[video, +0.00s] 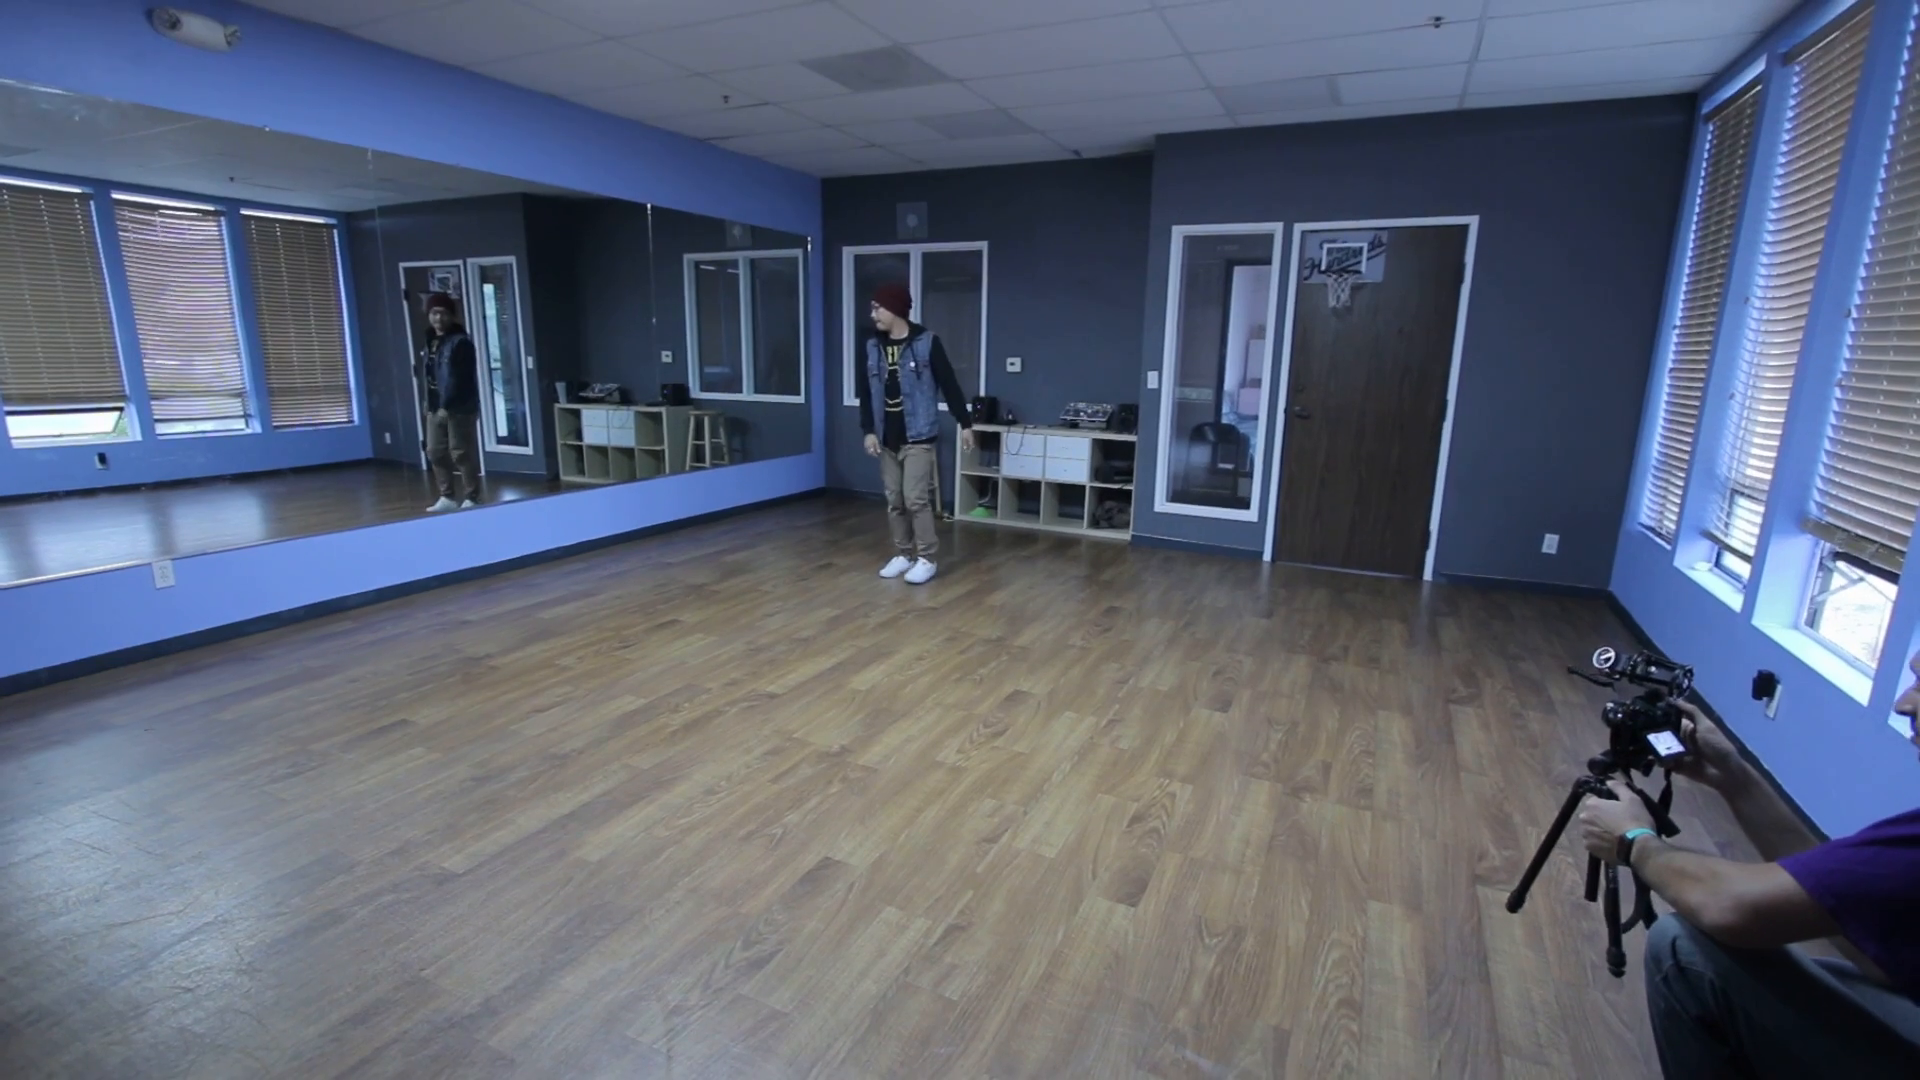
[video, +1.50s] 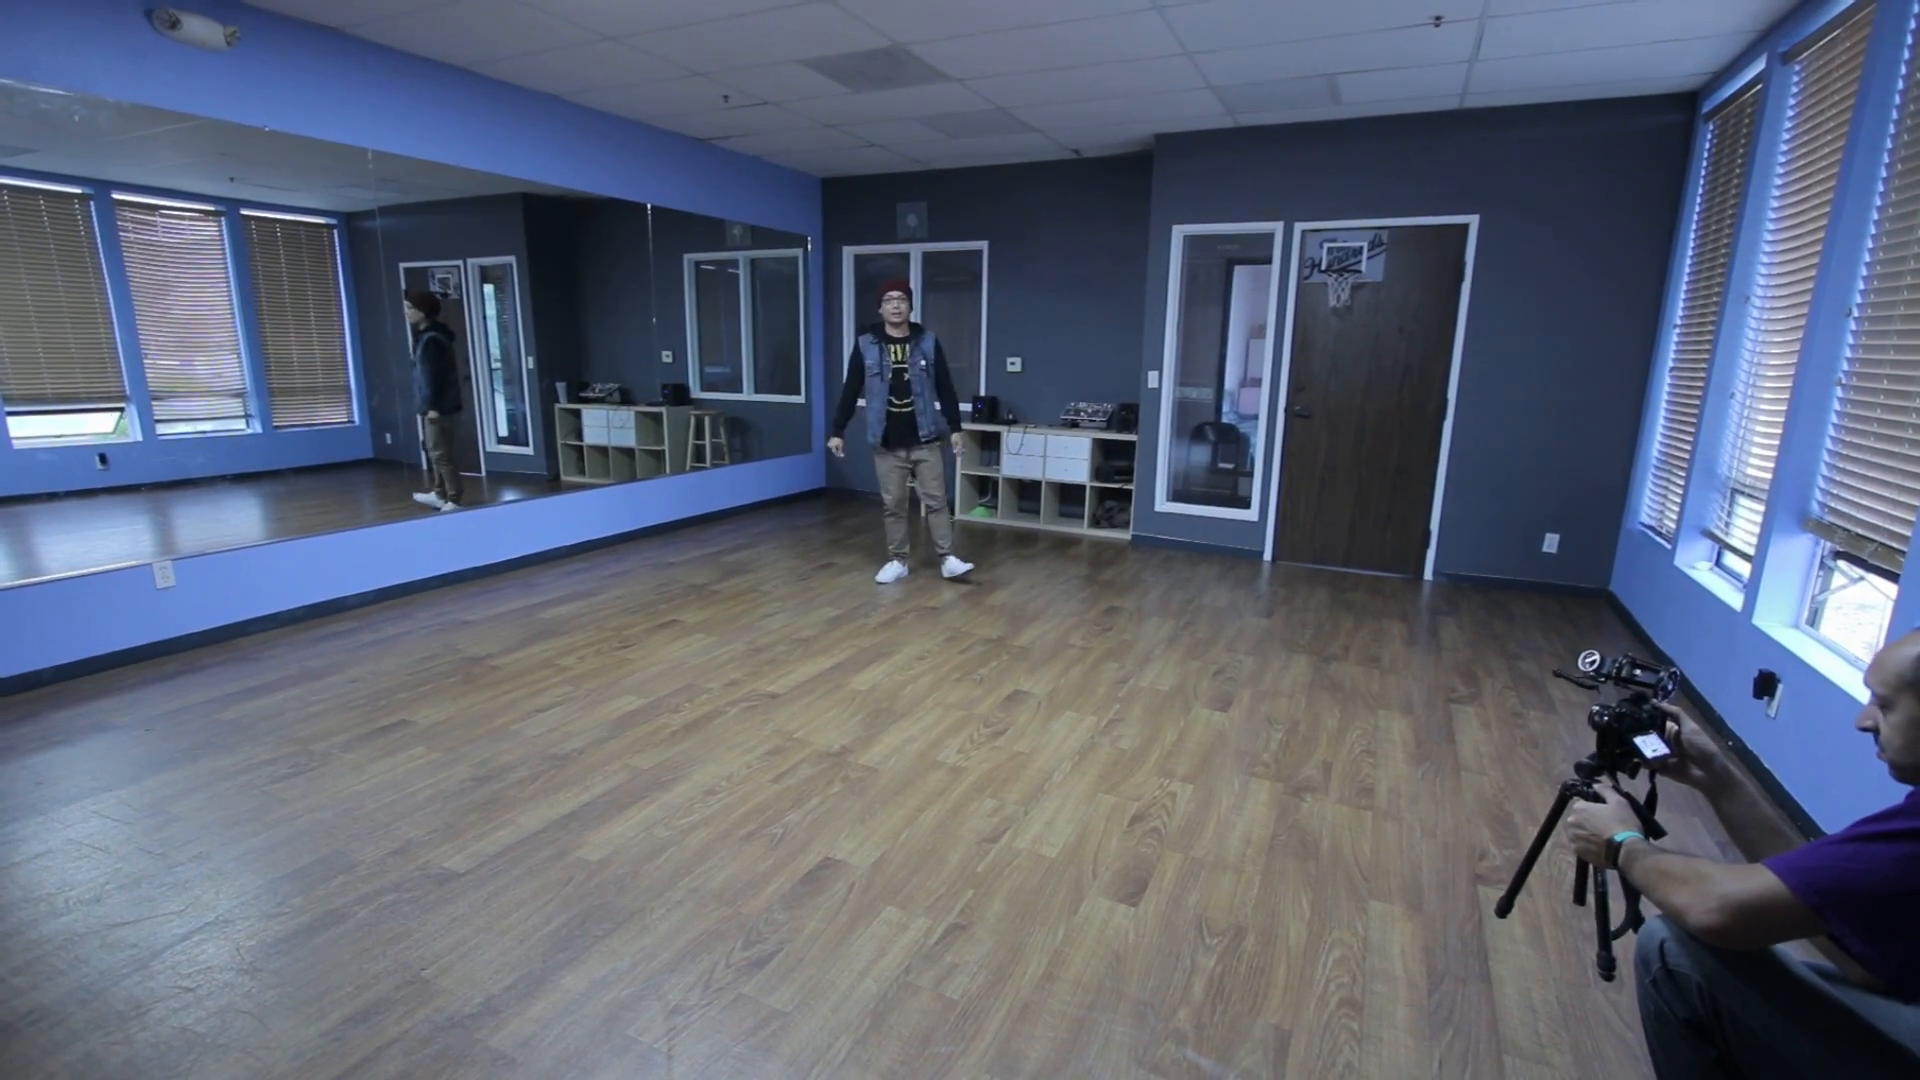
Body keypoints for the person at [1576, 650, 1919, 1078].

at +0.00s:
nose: (1905, 701)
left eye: (1917, 676)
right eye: (1912, 676)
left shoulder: (1913, 841)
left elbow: (1732, 911)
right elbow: (1874, 938)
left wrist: (1634, 841)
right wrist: (1732, 775)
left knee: (1685, 948)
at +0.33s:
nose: (1887, 710)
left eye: (1906, 696)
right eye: (1898, 692)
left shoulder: (1914, 829)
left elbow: (1725, 912)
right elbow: (1870, 956)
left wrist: (1628, 843)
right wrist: (1726, 781)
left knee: (1681, 950)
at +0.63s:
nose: (1883, 709)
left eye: (1902, 695)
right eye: (1893, 691)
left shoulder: (1914, 827)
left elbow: (1725, 908)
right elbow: (1865, 950)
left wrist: (1626, 840)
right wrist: (1725, 778)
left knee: (1681, 945)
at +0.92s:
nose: (1875, 710)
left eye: (1894, 695)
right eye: (1883, 692)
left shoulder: (1913, 824)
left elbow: (1722, 908)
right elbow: (1864, 952)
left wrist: (1625, 839)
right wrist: (1722, 776)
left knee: (1679, 944)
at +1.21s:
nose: (1866, 720)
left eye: (1886, 701)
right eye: (1874, 699)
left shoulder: (1912, 825)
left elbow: (1719, 909)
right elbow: (1863, 954)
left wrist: (1622, 841)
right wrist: (1719, 778)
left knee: (1677, 947)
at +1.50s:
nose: (1864, 722)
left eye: (1884, 703)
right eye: (1872, 702)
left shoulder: (1912, 825)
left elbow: (1719, 911)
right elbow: (1866, 957)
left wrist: (1621, 844)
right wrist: (1718, 780)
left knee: (1676, 951)